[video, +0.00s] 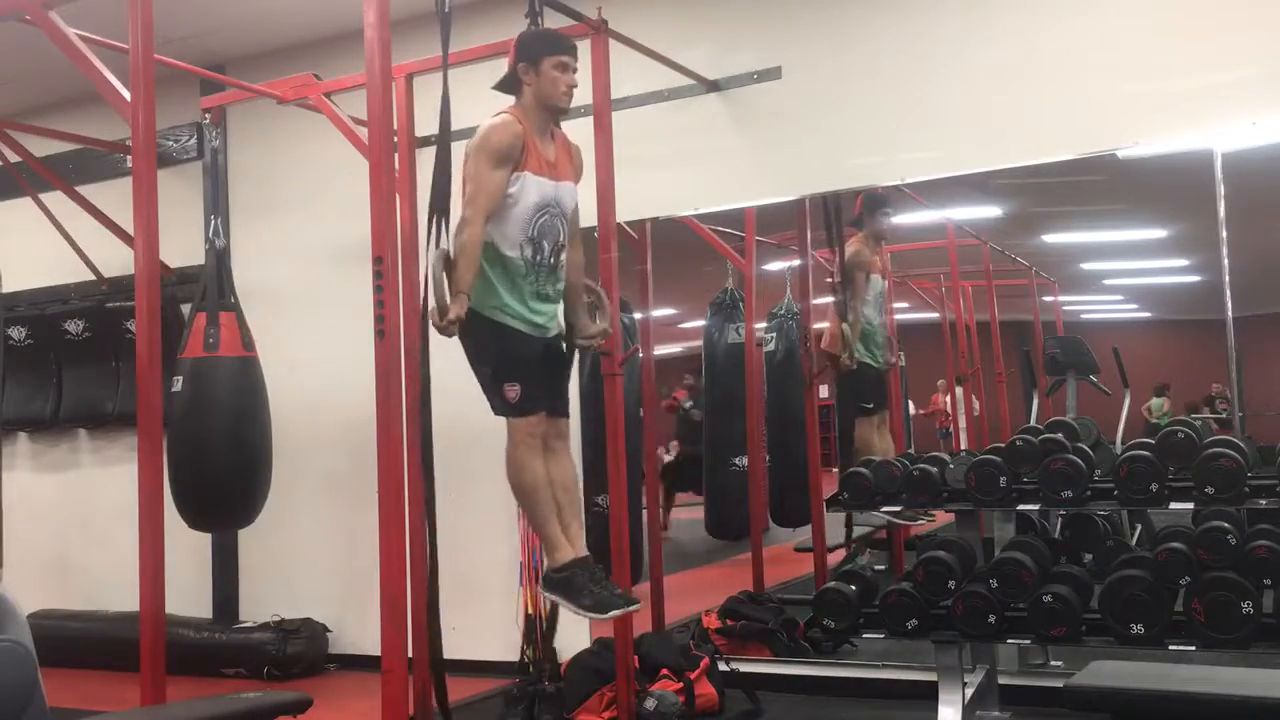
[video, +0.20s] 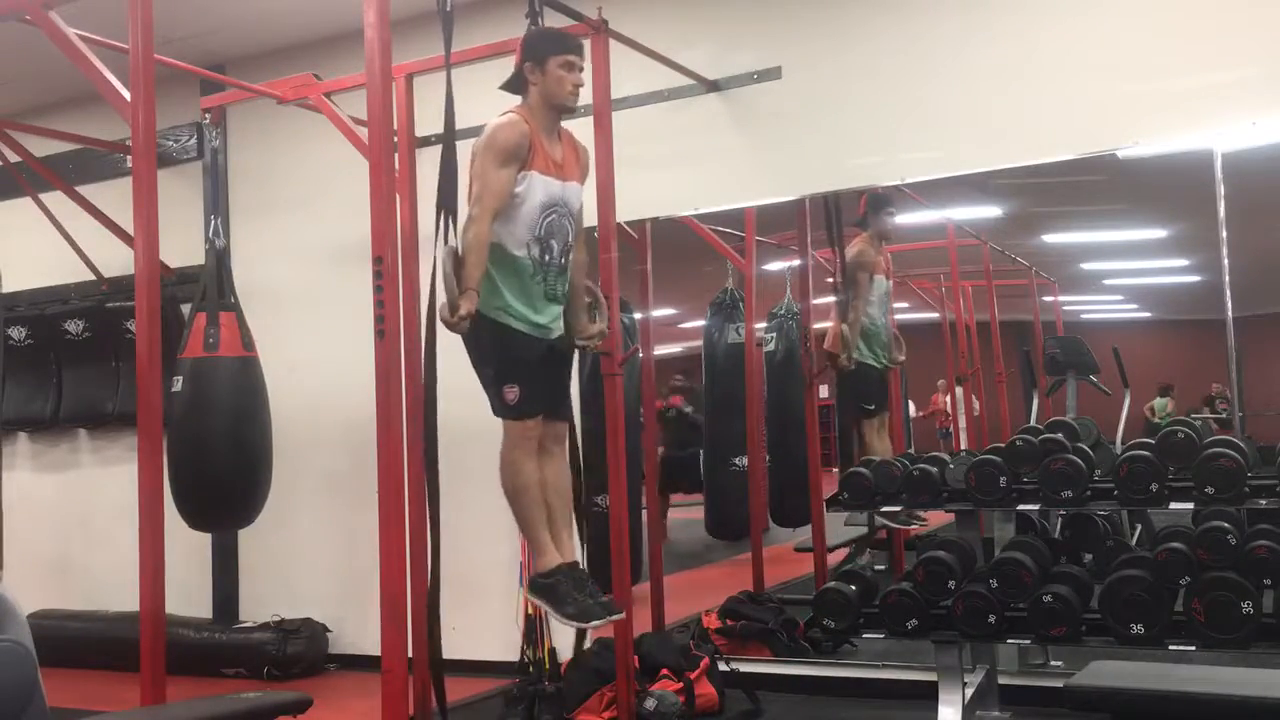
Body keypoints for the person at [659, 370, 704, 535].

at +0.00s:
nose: (685, 383)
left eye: (689, 380)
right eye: (684, 380)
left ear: (698, 383)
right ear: (682, 384)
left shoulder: (704, 399)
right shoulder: (681, 399)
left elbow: (701, 418)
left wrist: (687, 404)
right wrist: (673, 445)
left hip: (702, 450)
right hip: (682, 450)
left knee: (709, 486)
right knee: (669, 481)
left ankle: (716, 522)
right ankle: (665, 520)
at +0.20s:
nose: (676, 391)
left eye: (679, 387)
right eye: (672, 388)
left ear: (688, 387)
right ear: (667, 389)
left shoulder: (695, 402)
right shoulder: (666, 405)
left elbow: (703, 423)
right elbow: (659, 422)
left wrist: (684, 408)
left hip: (693, 450)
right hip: (670, 451)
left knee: (706, 488)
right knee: (663, 491)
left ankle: (715, 527)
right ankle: (661, 529)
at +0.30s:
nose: (672, 382)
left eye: (676, 379)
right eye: (670, 379)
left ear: (684, 382)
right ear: (667, 381)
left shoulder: (692, 397)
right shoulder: (662, 398)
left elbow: (704, 415)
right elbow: (651, 414)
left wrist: (688, 404)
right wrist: (664, 407)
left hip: (691, 449)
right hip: (667, 450)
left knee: (700, 488)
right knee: (662, 492)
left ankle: (711, 522)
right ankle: (660, 525)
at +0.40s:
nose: (668, 382)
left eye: (672, 379)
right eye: (666, 378)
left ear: (680, 381)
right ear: (663, 380)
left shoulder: (688, 395)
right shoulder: (660, 397)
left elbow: (701, 398)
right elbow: (651, 414)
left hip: (688, 447)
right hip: (665, 448)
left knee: (694, 484)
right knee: (661, 489)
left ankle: (693, 515)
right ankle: (660, 523)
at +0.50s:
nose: (666, 382)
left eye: (670, 379)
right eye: (664, 379)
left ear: (678, 381)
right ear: (661, 380)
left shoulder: (688, 395)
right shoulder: (658, 397)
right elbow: (649, 420)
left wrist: (697, 447)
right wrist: (654, 448)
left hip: (685, 449)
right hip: (664, 450)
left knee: (691, 487)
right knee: (661, 490)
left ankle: (688, 513)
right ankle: (659, 523)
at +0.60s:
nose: (664, 384)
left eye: (668, 381)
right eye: (663, 381)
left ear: (676, 382)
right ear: (661, 383)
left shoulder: (686, 399)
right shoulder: (659, 401)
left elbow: (701, 400)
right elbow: (655, 409)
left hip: (684, 452)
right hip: (664, 452)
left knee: (687, 489)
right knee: (660, 490)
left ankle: (686, 519)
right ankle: (658, 522)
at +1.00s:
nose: (662, 386)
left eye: (665, 383)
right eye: (661, 383)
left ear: (675, 383)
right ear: (659, 384)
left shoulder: (685, 397)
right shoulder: (657, 399)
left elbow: (701, 413)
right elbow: (645, 416)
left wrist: (688, 414)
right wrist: (654, 410)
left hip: (682, 449)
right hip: (661, 449)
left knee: (684, 487)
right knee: (655, 488)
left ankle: (683, 520)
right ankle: (653, 523)